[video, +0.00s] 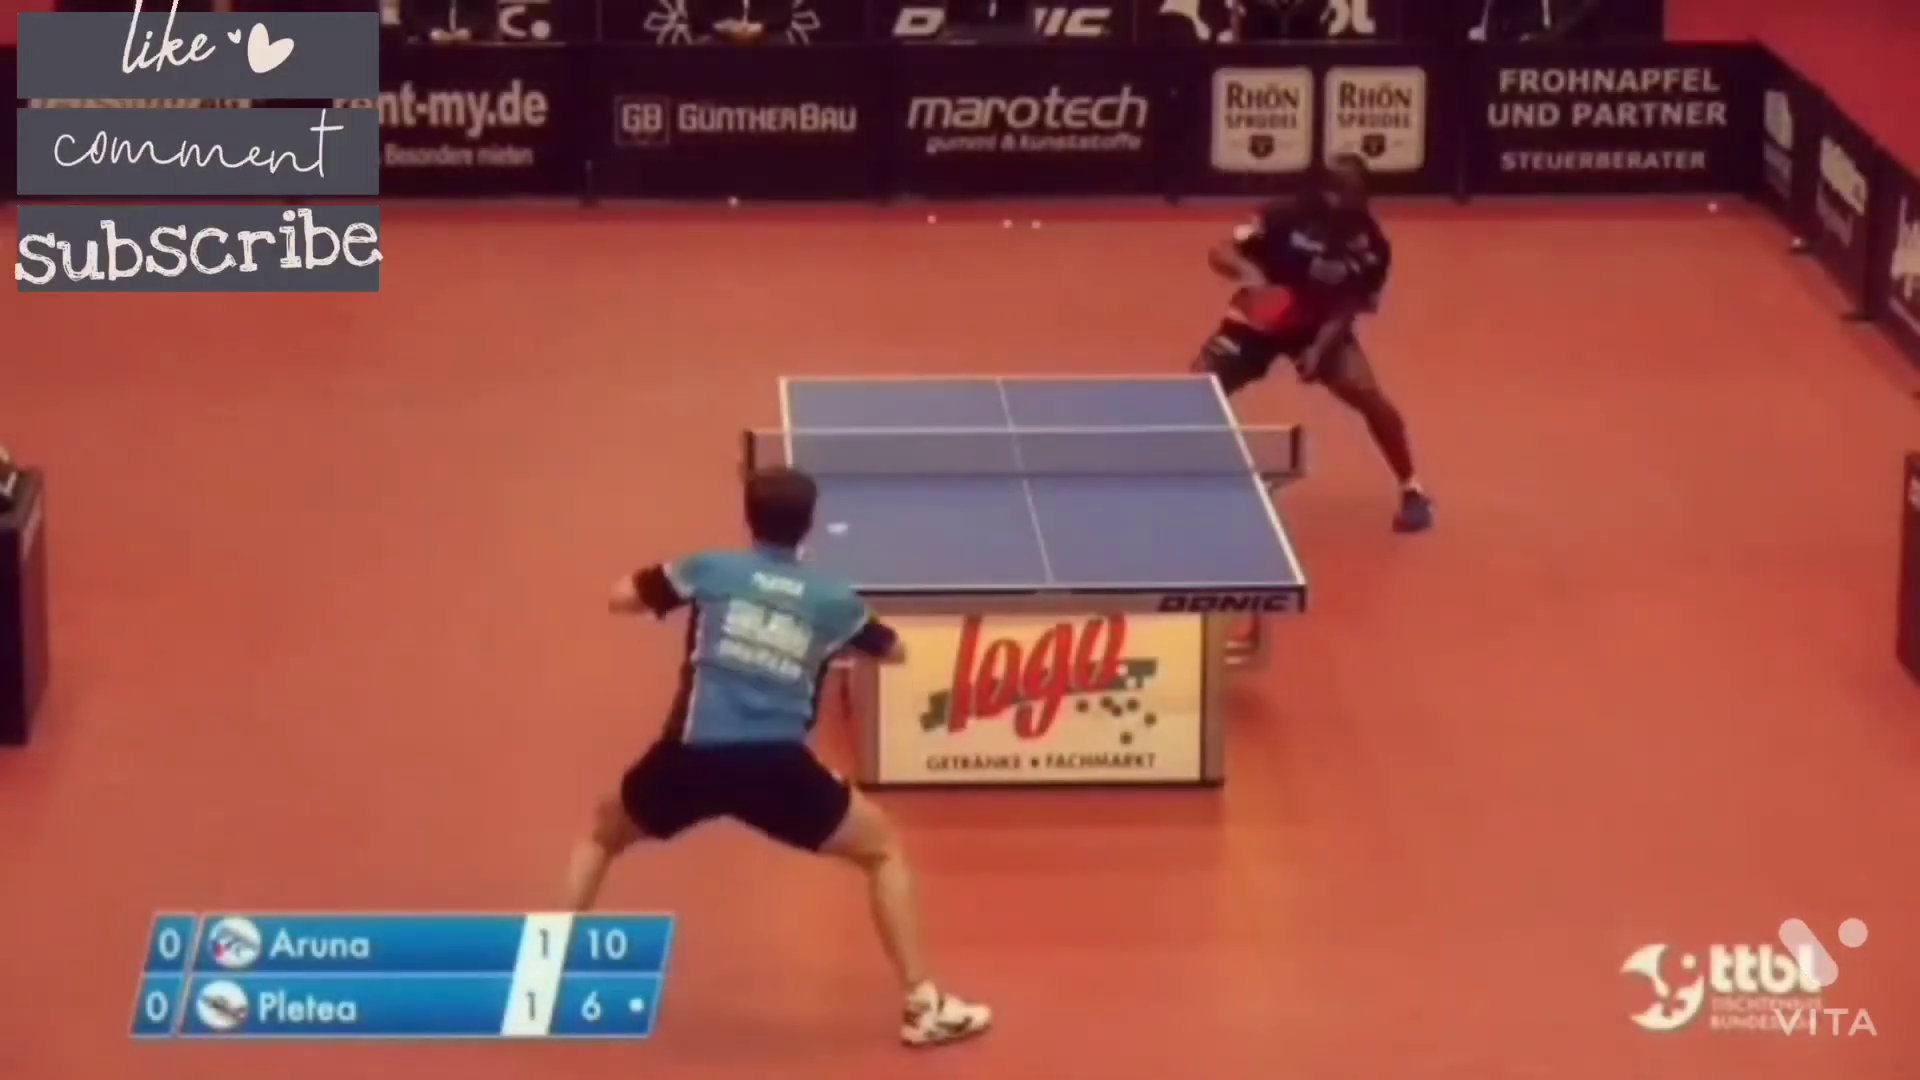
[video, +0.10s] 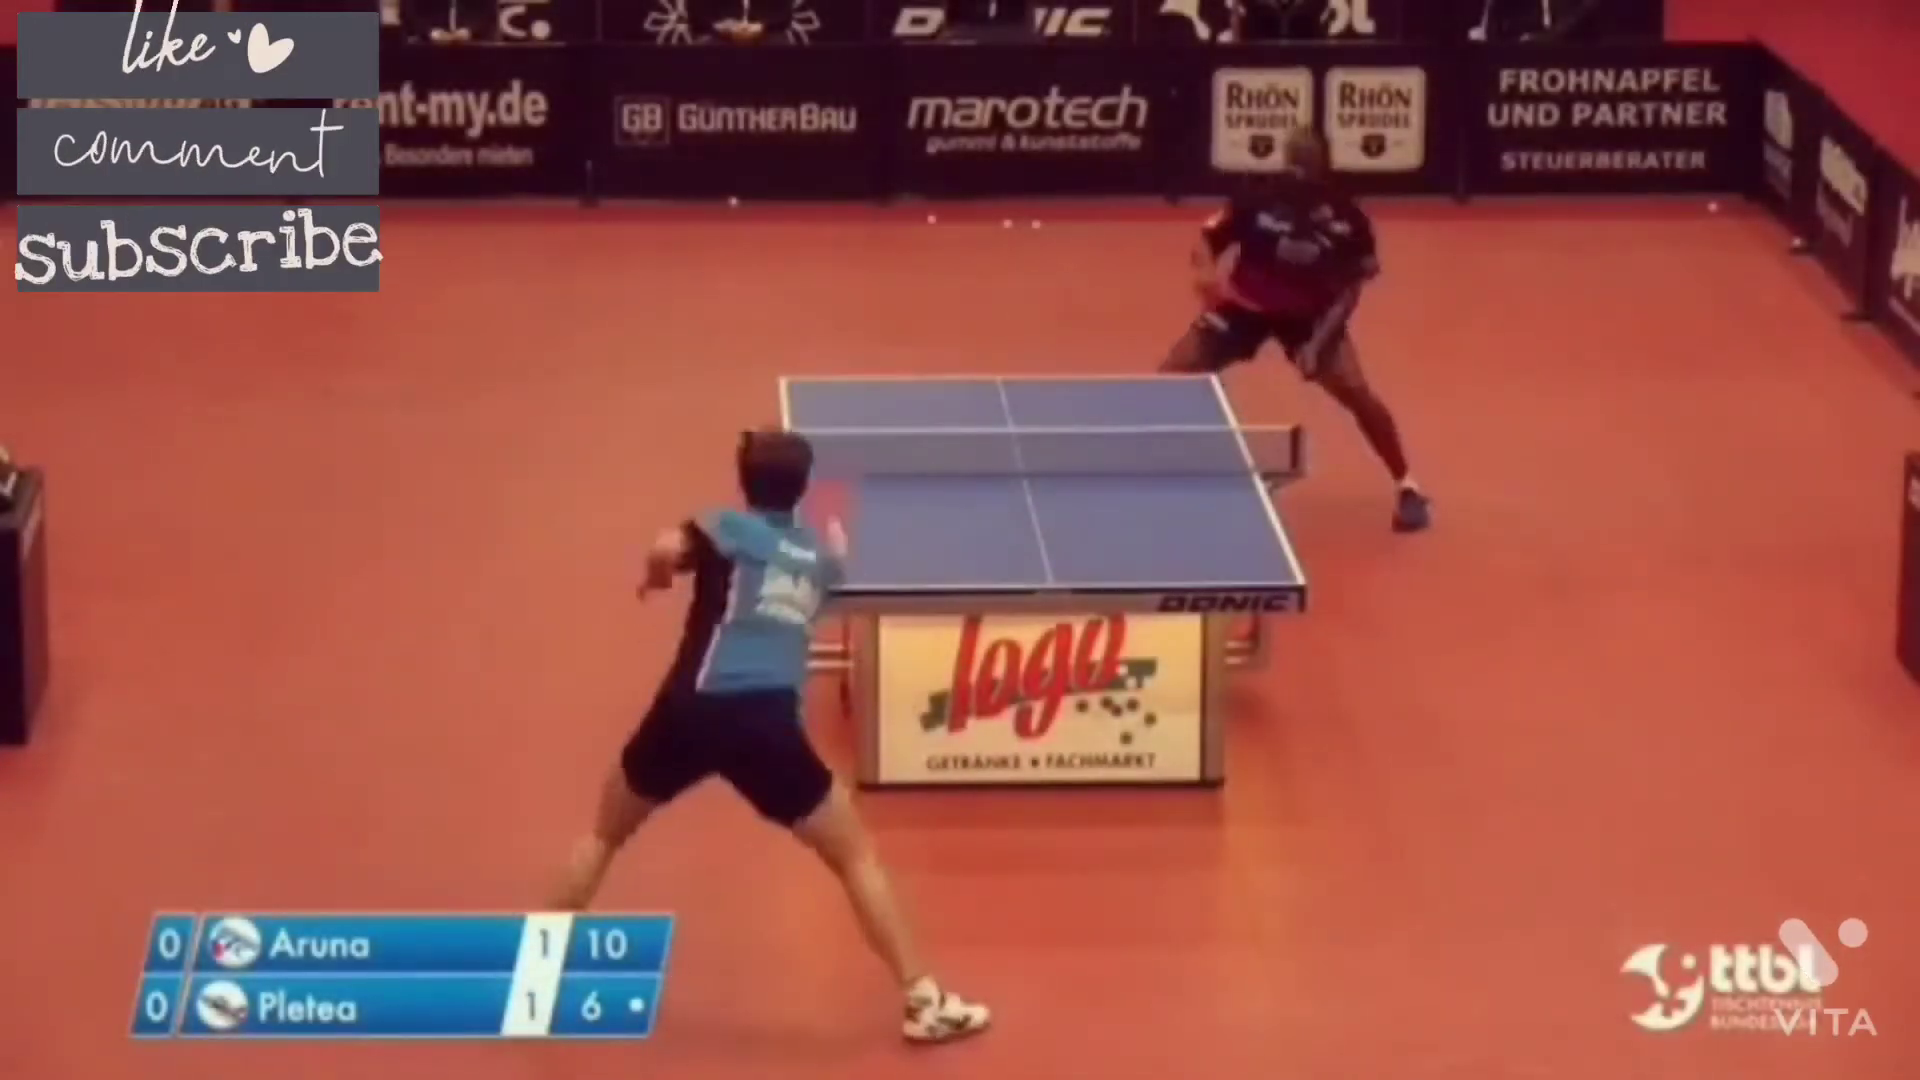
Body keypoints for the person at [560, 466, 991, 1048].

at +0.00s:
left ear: (749, 516)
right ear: (808, 524)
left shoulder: (709, 570)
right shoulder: (829, 598)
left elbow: (624, 597)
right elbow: (894, 650)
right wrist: (844, 634)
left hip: (693, 763)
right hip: (777, 770)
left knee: (604, 836)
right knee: (883, 852)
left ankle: (549, 962)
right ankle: (923, 1003)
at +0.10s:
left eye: (746, 468)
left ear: (744, 480)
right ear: (801, 488)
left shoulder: (726, 526)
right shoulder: (817, 558)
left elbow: (665, 552)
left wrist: (654, 576)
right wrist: (838, 550)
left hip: (688, 715)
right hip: (768, 725)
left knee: (604, 838)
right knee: (855, 858)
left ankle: (533, 959)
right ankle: (922, 998)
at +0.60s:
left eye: (773, 468)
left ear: (774, 479)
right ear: (835, 484)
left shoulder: (730, 536)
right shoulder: (854, 566)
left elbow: (656, 582)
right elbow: (904, 644)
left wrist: (692, 604)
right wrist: (874, 609)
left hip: (716, 736)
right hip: (806, 740)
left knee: (626, 807)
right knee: (910, 812)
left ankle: (567, 938)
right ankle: (960, 958)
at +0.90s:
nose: (761, 497)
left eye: (759, 490)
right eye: (796, 497)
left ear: (750, 503)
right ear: (804, 515)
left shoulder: (708, 551)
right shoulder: (817, 583)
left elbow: (626, 566)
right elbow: (881, 620)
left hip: (690, 749)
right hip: (774, 757)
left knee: (611, 791)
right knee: (876, 835)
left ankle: (559, 931)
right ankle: (957, 966)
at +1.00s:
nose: (743, 488)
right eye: (744, 479)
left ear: (686, 483)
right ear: (740, 490)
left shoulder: (666, 525)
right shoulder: (762, 553)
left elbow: (610, 532)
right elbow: (805, 563)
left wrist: (585, 585)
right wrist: (831, 539)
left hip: (638, 718)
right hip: (719, 732)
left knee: (567, 779)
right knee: (816, 858)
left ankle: (497, 889)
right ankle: (916, 973)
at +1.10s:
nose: (694, 484)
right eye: (696, 474)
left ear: (640, 481)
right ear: (697, 486)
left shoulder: (621, 532)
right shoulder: (723, 554)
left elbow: (581, 575)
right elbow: (776, 603)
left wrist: (545, 638)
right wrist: (781, 574)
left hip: (612, 733)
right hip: (693, 740)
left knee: (525, 819)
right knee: (790, 853)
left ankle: (446, 929)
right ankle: (885, 975)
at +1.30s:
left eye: (669, 467)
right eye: (710, 470)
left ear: (656, 478)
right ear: (715, 482)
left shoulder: (617, 541)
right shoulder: (741, 557)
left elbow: (545, 579)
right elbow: (795, 619)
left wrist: (563, 618)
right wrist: (812, 591)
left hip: (617, 730)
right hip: (708, 734)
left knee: (526, 807)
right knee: (816, 816)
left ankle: (446, 925)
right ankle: (870, 946)